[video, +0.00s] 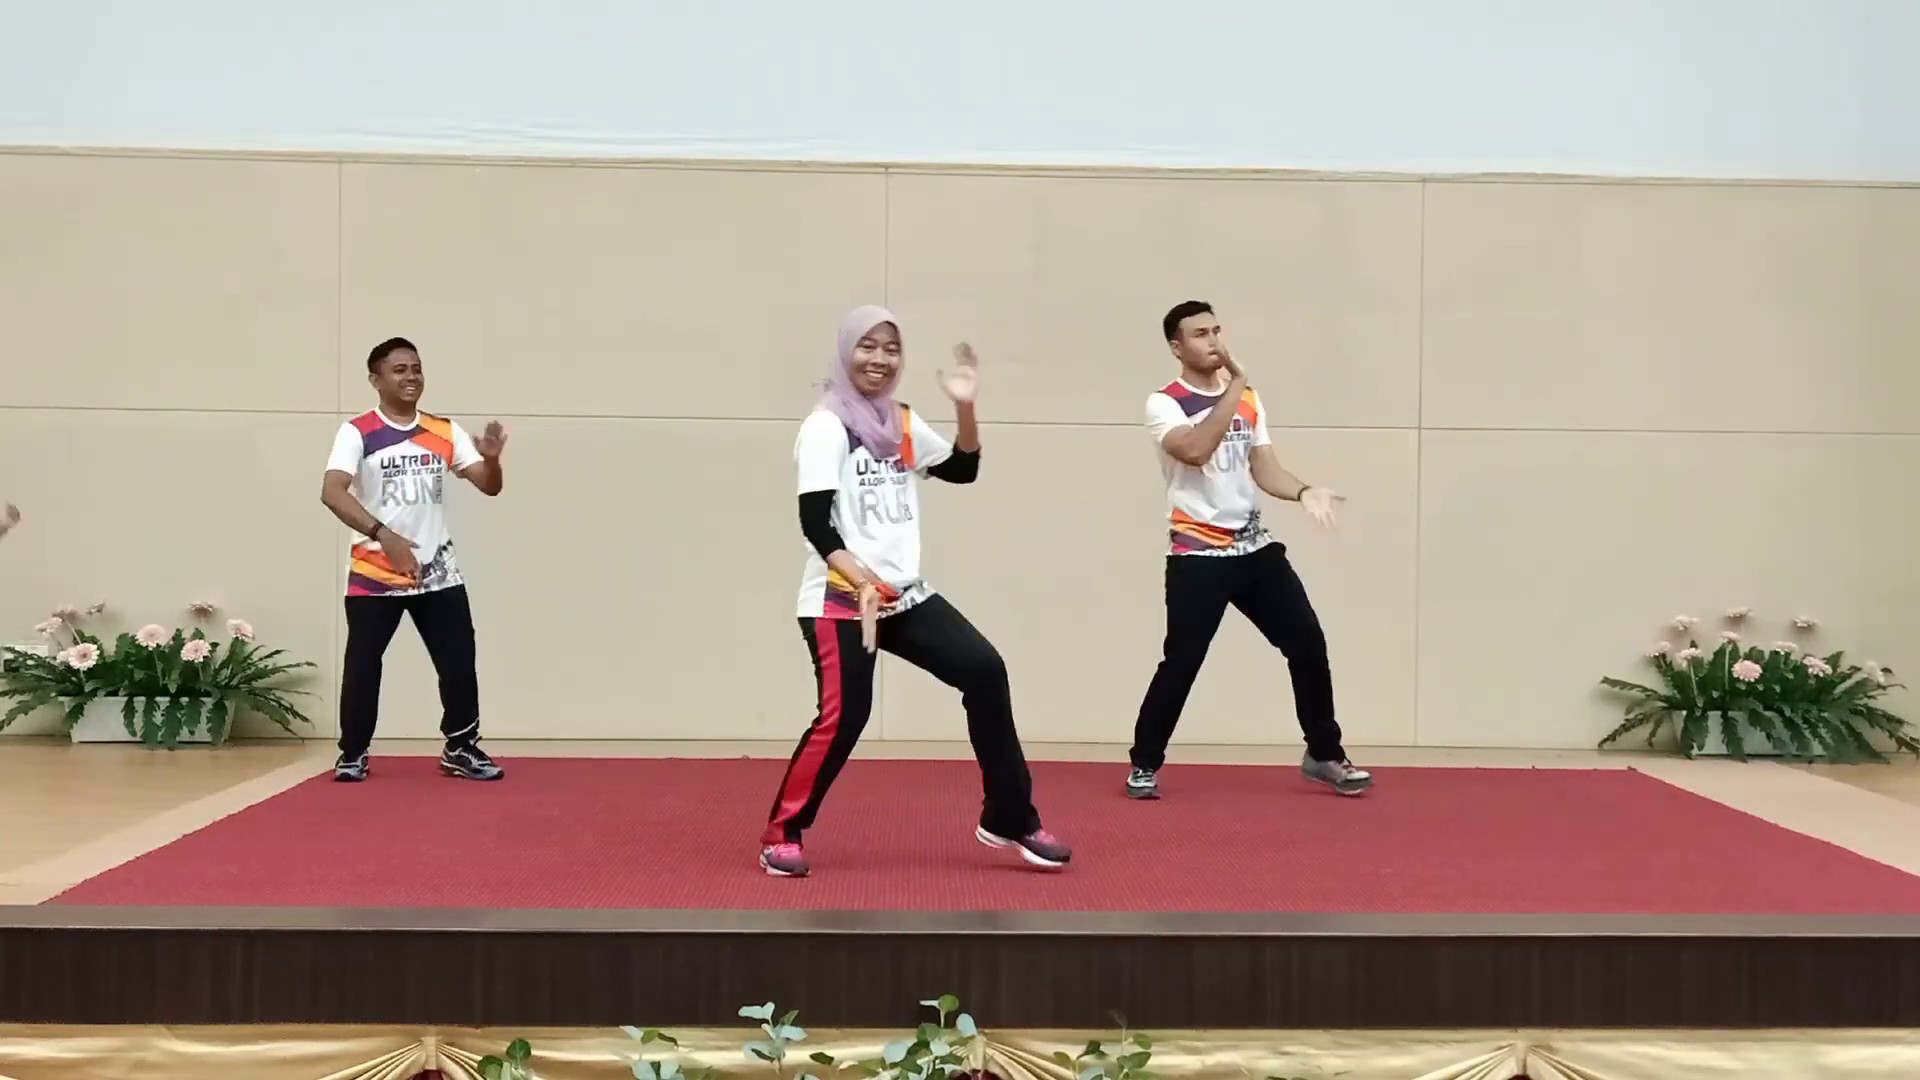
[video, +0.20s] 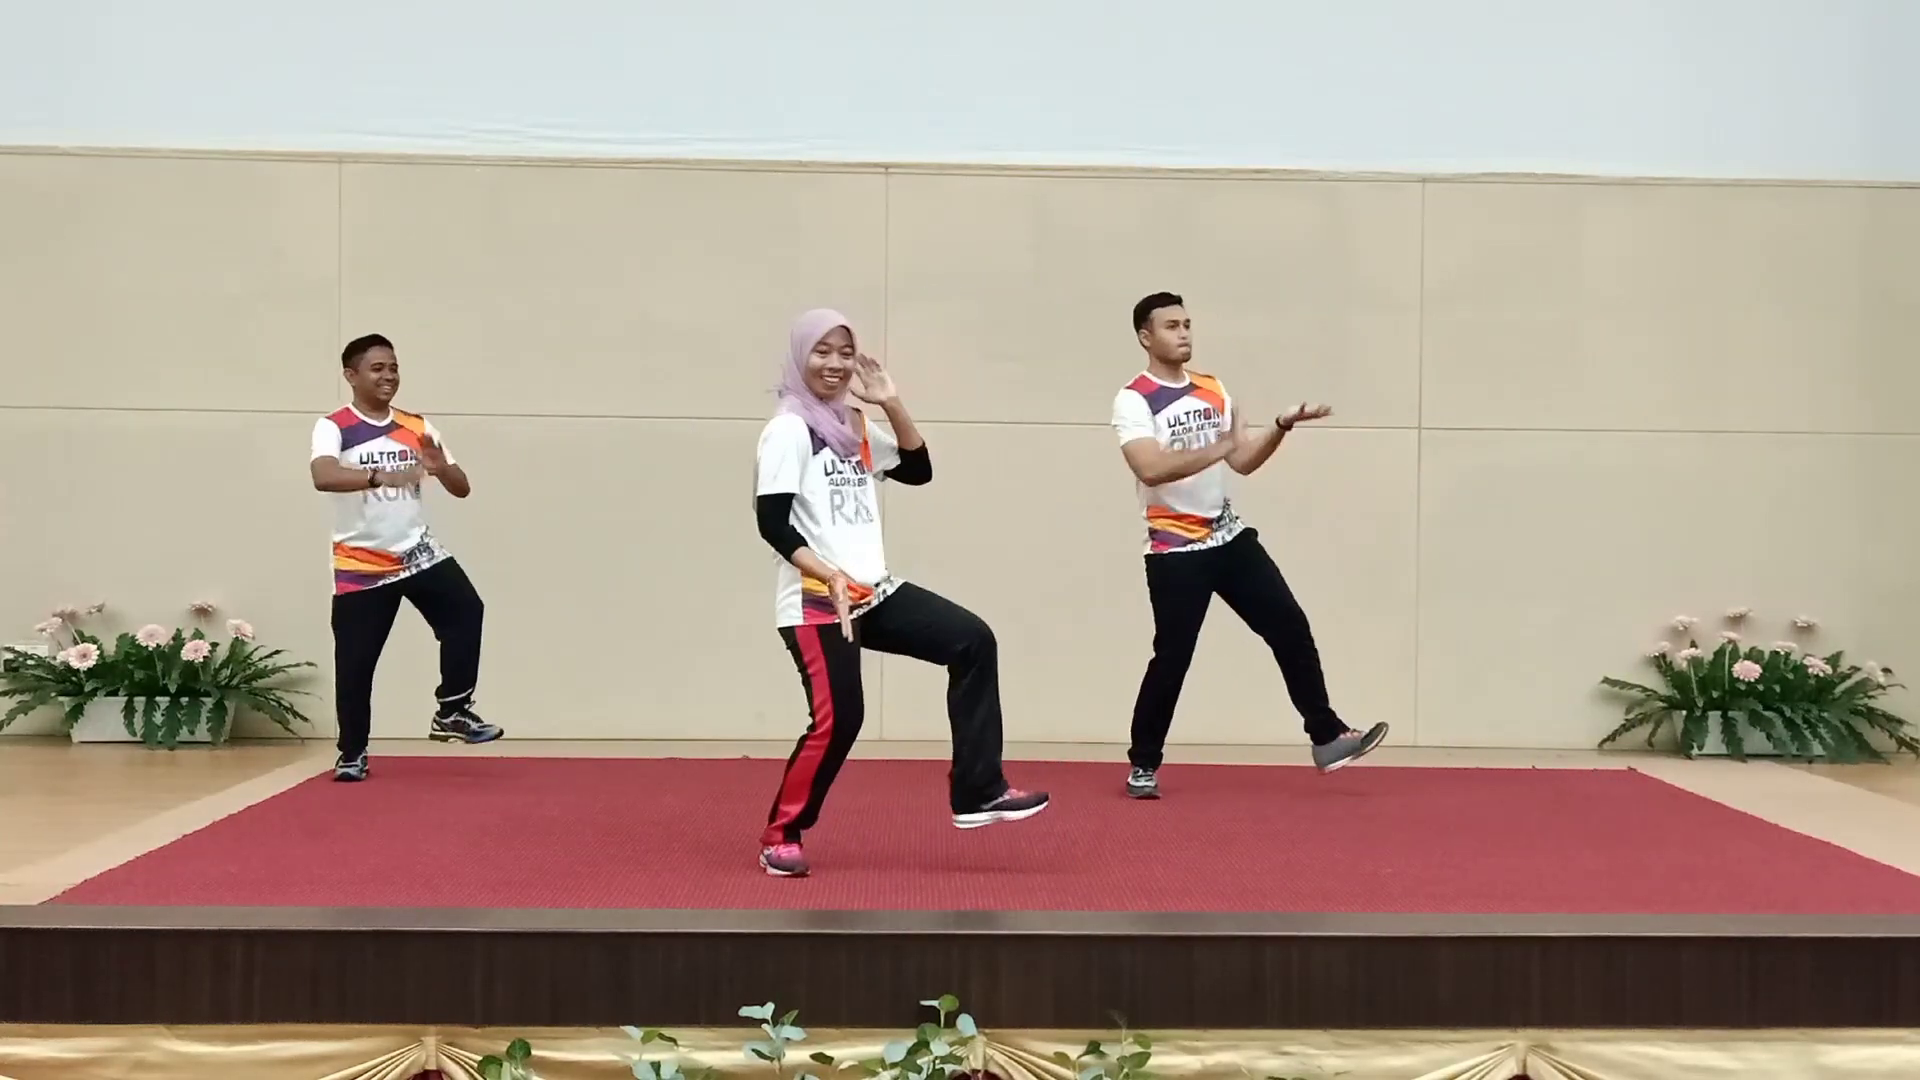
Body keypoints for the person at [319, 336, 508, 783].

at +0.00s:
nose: (411, 377)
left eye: (416, 369)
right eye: (400, 370)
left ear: (423, 376)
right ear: (376, 379)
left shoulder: (445, 431)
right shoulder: (357, 432)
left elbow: (490, 487)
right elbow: (333, 493)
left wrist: (491, 459)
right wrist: (383, 534)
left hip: (437, 574)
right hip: (376, 576)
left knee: (459, 662)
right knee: (361, 667)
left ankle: (461, 748)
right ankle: (353, 755)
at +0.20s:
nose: (389, 375)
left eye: (393, 368)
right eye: (377, 368)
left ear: (398, 374)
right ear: (351, 375)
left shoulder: (417, 427)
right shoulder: (332, 426)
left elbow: (461, 488)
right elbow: (324, 477)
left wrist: (440, 468)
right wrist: (379, 477)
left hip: (418, 555)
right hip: (360, 567)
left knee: (466, 612)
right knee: (353, 668)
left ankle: (453, 711)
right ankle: (352, 756)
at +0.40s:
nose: (378, 378)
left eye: (381, 371)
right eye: (366, 371)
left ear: (386, 375)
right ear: (339, 376)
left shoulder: (403, 428)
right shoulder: (319, 432)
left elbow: (428, 484)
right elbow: (321, 490)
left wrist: (435, 508)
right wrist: (371, 455)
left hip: (413, 556)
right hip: (357, 569)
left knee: (459, 613)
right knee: (355, 667)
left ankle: (460, 715)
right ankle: (353, 755)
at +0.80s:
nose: (375, 364)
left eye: (383, 357)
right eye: (364, 355)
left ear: (390, 365)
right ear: (343, 363)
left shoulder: (408, 415)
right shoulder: (322, 415)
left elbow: (452, 462)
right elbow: (322, 470)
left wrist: (472, 485)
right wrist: (382, 433)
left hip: (416, 547)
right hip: (358, 558)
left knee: (453, 614)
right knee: (353, 661)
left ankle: (466, 710)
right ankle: (350, 751)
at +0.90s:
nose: (385, 357)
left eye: (394, 351)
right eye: (375, 349)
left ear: (406, 360)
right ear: (357, 358)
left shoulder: (428, 413)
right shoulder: (334, 408)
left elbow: (480, 462)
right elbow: (323, 469)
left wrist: (483, 446)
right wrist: (387, 471)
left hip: (423, 544)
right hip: (363, 551)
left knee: (457, 618)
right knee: (352, 654)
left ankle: (475, 709)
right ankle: (348, 749)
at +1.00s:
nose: (402, 364)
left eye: (411, 358)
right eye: (392, 358)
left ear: (426, 370)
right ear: (378, 367)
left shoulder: (446, 424)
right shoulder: (353, 420)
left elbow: (494, 475)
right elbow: (329, 487)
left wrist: (476, 428)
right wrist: (379, 528)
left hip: (435, 564)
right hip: (372, 566)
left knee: (457, 643)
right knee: (356, 661)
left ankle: (487, 739)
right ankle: (350, 750)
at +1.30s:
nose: (449, 366)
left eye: (460, 358)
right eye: (442, 360)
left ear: (483, 367)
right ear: (435, 370)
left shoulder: (504, 422)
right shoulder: (414, 423)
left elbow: (516, 483)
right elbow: (368, 467)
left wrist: (453, 474)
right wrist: (337, 499)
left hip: (475, 567)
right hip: (419, 564)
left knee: (478, 661)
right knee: (393, 652)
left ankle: (483, 753)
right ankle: (385, 740)